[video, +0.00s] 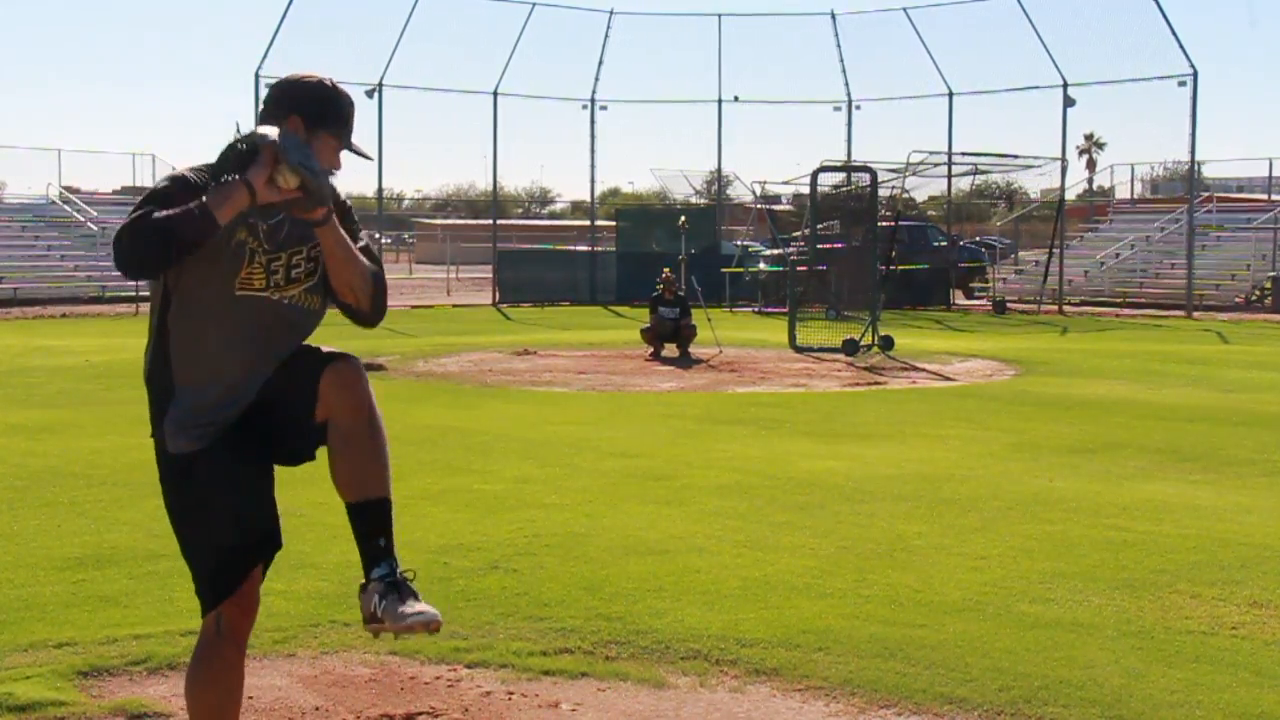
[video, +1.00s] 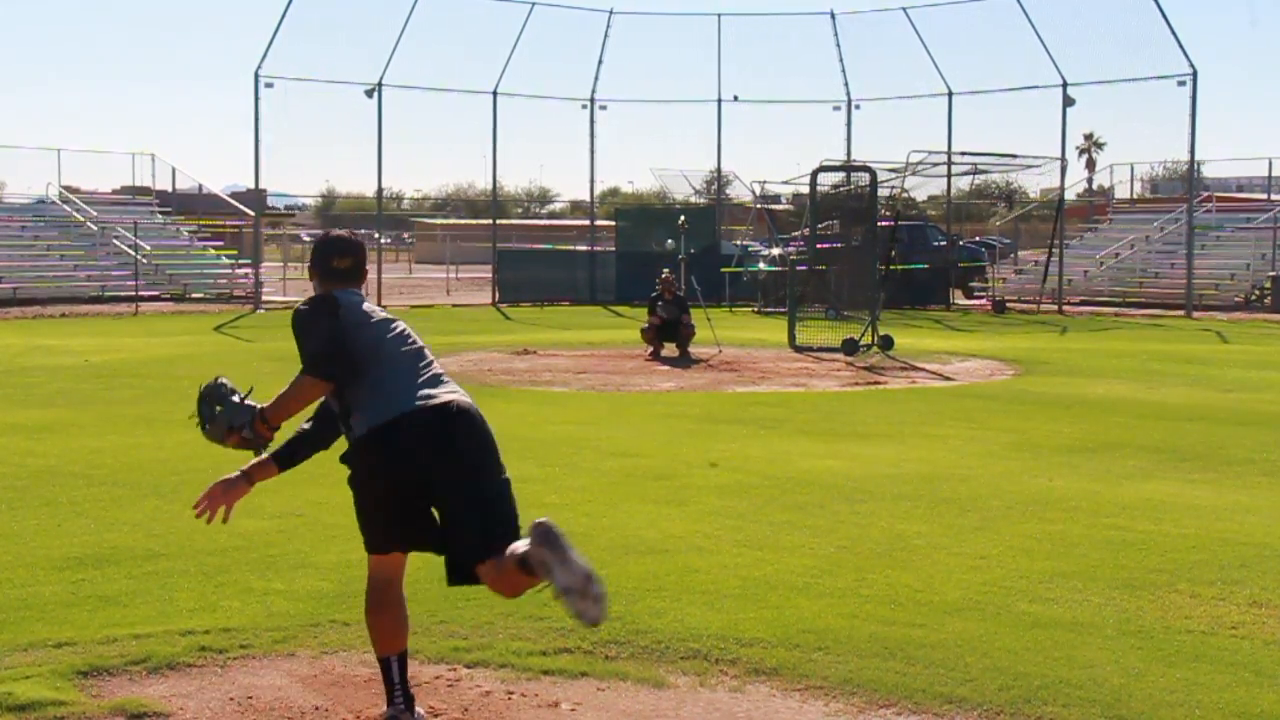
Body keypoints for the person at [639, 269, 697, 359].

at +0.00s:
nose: (669, 286)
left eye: (672, 283)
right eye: (666, 284)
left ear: (675, 285)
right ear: (662, 285)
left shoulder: (682, 299)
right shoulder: (655, 299)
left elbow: (687, 319)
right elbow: (653, 318)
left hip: (677, 328)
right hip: (661, 328)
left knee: (691, 329)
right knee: (645, 332)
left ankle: (683, 349)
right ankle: (657, 347)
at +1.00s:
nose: (667, 286)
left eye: (670, 283)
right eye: (664, 283)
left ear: (674, 285)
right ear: (660, 285)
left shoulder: (680, 299)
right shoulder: (654, 299)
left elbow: (686, 316)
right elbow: (651, 318)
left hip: (677, 326)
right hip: (661, 326)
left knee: (688, 328)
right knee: (646, 331)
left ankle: (683, 349)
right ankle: (657, 347)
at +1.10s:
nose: (667, 285)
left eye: (670, 282)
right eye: (665, 283)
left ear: (674, 284)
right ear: (661, 284)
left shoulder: (679, 298)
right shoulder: (654, 299)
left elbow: (690, 316)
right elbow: (650, 318)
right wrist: (659, 321)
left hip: (675, 326)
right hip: (660, 325)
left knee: (689, 329)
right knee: (646, 331)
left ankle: (683, 350)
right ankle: (656, 348)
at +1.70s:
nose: (666, 287)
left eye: (669, 284)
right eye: (664, 284)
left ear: (673, 284)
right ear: (659, 285)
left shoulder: (678, 296)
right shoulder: (655, 297)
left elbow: (687, 305)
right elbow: (649, 317)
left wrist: (680, 306)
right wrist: (651, 315)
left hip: (675, 327)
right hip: (660, 328)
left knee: (687, 331)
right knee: (645, 331)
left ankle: (683, 350)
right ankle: (656, 348)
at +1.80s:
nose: (666, 285)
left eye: (669, 282)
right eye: (663, 282)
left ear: (673, 283)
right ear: (659, 283)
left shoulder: (678, 295)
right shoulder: (655, 296)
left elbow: (685, 304)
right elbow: (649, 318)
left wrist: (679, 306)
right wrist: (649, 305)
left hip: (676, 330)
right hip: (660, 330)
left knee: (687, 332)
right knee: (645, 332)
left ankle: (683, 349)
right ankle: (656, 348)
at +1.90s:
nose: (666, 282)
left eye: (668, 279)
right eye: (663, 279)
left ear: (673, 280)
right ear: (659, 280)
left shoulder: (678, 293)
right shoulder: (655, 295)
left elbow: (681, 303)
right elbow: (646, 315)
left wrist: (675, 303)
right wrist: (638, 308)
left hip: (677, 330)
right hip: (661, 331)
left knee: (686, 334)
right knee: (646, 334)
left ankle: (682, 349)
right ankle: (656, 347)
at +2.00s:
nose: (666, 280)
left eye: (669, 277)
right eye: (663, 277)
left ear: (673, 278)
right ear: (659, 278)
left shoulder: (678, 292)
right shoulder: (657, 294)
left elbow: (678, 300)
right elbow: (644, 308)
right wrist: (631, 303)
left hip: (676, 330)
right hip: (661, 330)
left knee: (684, 337)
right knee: (646, 336)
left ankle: (683, 350)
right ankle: (656, 348)